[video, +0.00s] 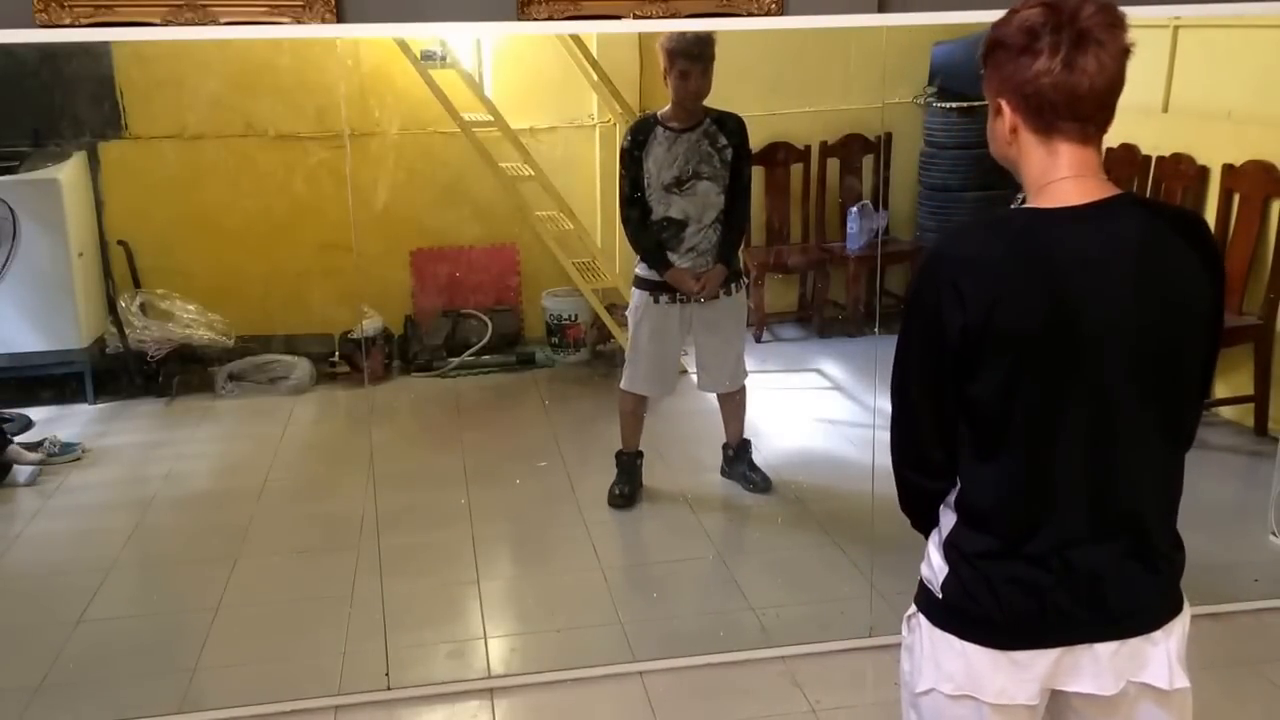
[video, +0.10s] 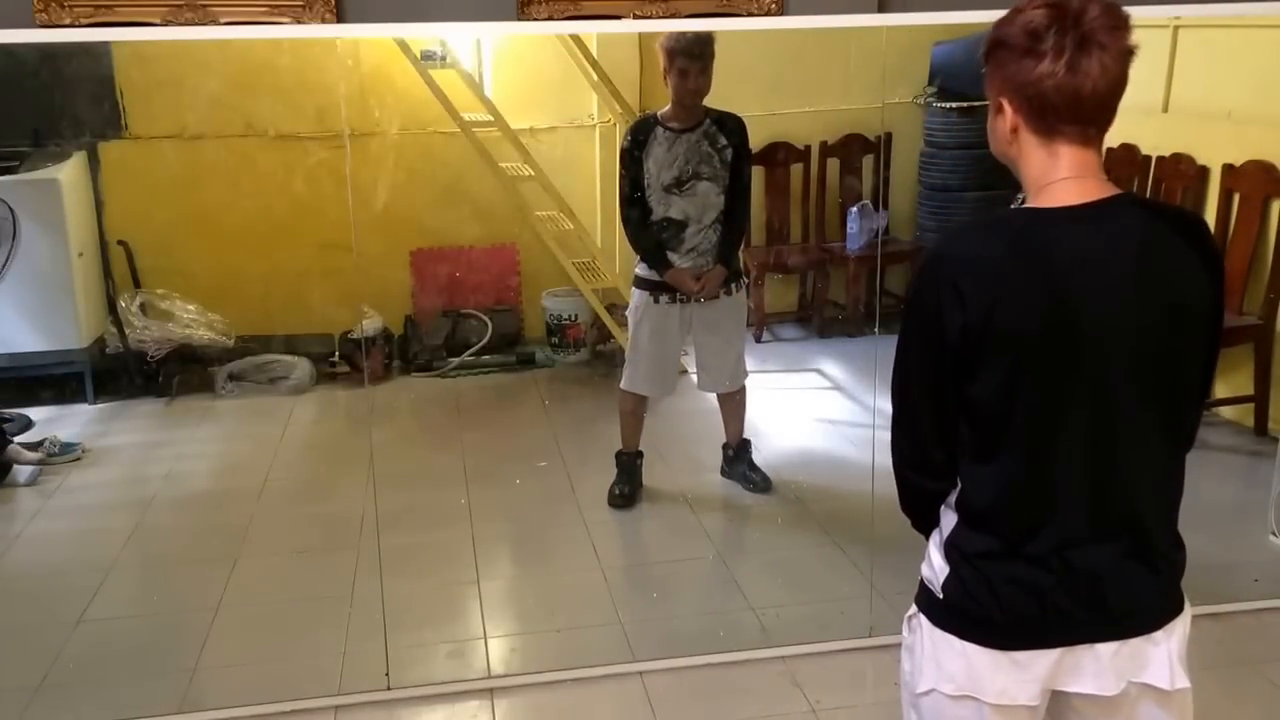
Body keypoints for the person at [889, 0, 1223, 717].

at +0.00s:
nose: (985, 123)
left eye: (986, 106)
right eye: (987, 106)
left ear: (1006, 117)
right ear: (1105, 107)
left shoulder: (961, 264)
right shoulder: (1187, 248)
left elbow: (920, 478)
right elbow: (1178, 428)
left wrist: (992, 536)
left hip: (983, 628)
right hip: (1138, 626)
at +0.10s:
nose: (986, 120)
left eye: (987, 103)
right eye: (988, 103)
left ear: (1006, 116)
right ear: (1106, 107)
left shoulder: (961, 264)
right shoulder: (1187, 248)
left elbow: (921, 479)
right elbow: (1178, 429)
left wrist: (988, 536)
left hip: (984, 628)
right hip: (1140, 625)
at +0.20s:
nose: (989, 117)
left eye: (989, 100)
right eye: (990, 100)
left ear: (1008, 114)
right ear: (1109, 105)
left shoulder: (961, 264)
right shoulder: (1187, 248)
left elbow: (921, 479)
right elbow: (1180, 429)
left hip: (985, 629)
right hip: (1140, 627)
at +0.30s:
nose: (992, 118)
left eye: (992, 100)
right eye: (992, 99)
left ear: (1011, 113)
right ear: (1111, 105)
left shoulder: (961, 264)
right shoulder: (1187, 248)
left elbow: (922, 480)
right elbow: (1181, 429)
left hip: (985, 628)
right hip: (1141, 627)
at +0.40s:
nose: (993, 117)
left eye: (993, 99)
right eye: (993, 98)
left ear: (1012, 113)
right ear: (1112, 104)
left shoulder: (964, 265)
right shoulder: (1189, 249)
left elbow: (922, 477)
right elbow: (1183, 429)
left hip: (987, 625)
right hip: (1141, 624)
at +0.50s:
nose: (993, 118)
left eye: (993, 100)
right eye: (994, 100)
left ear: (1013, 113)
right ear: (1113, 105)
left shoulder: (966, 266)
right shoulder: (1191, 250)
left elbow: (921, 472)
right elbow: (1183, 430)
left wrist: (973, 538)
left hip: (987, 629)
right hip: (1142, 628)